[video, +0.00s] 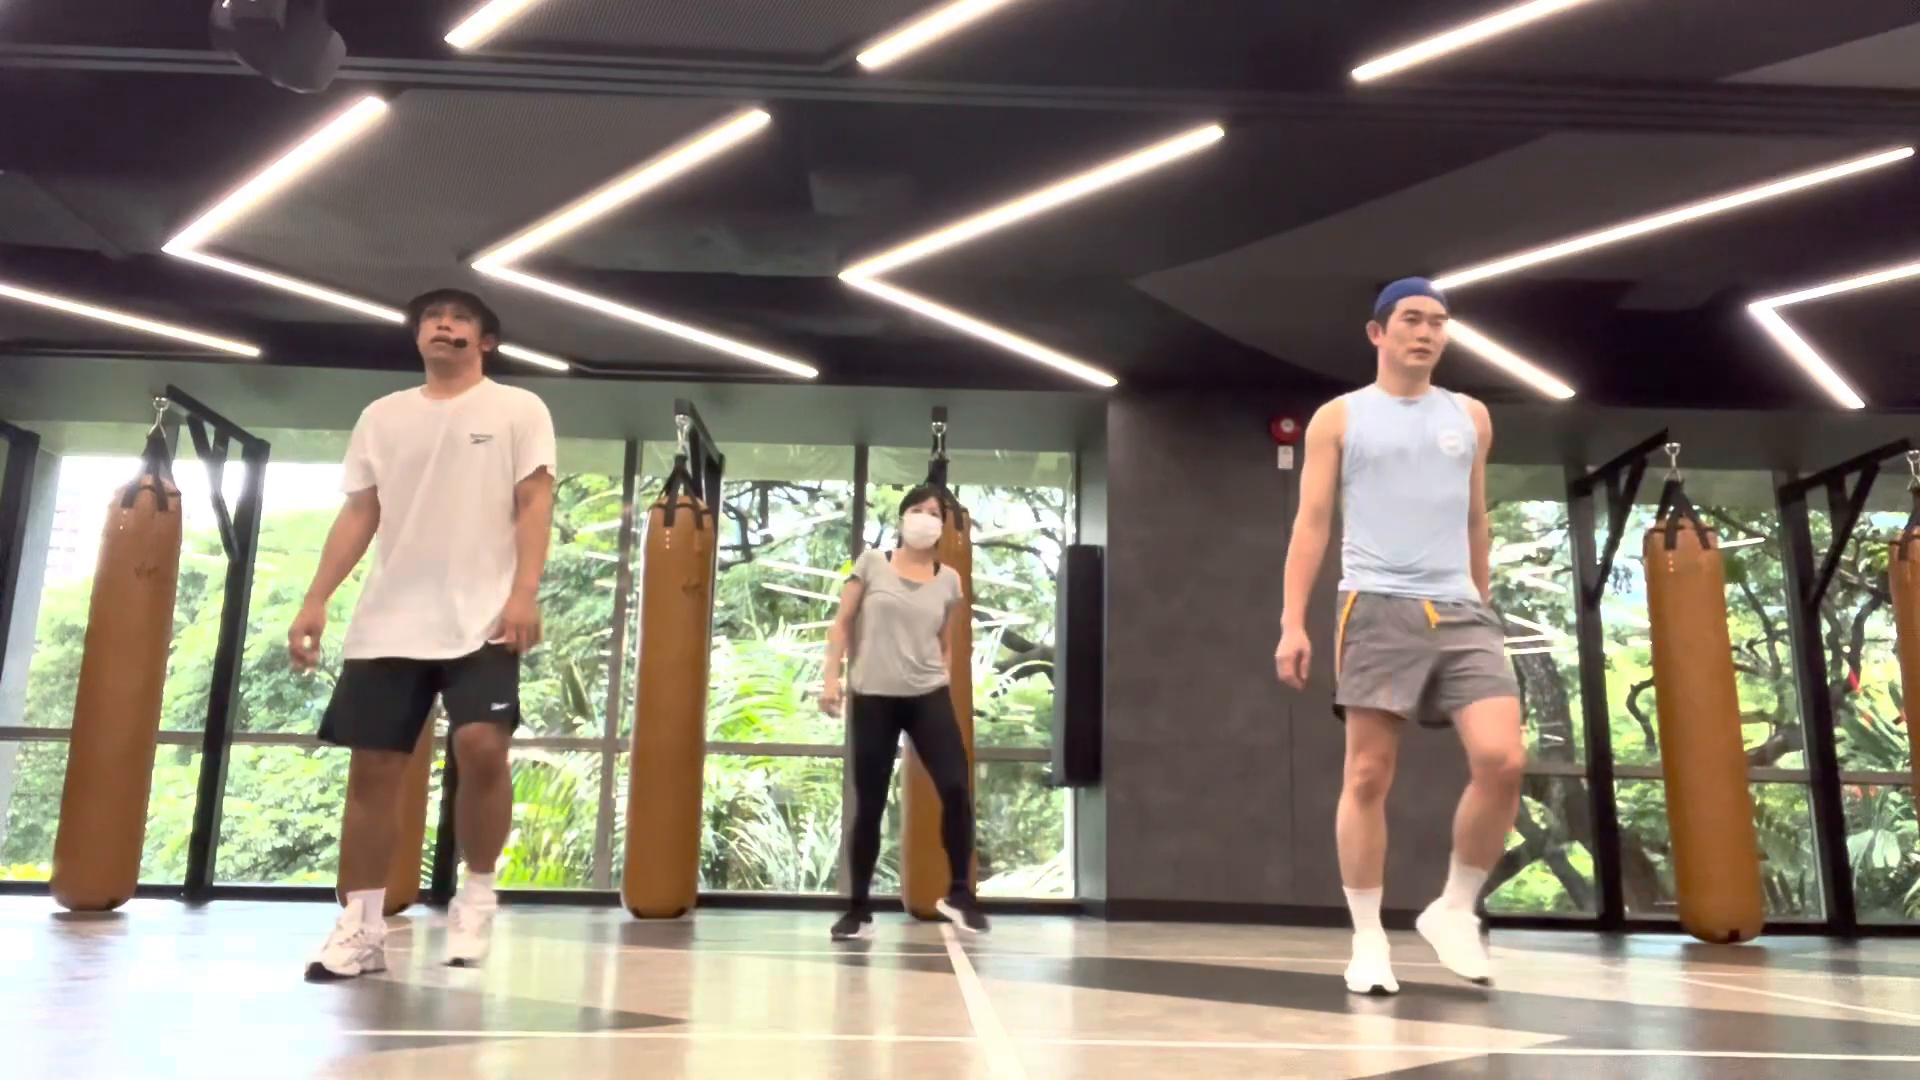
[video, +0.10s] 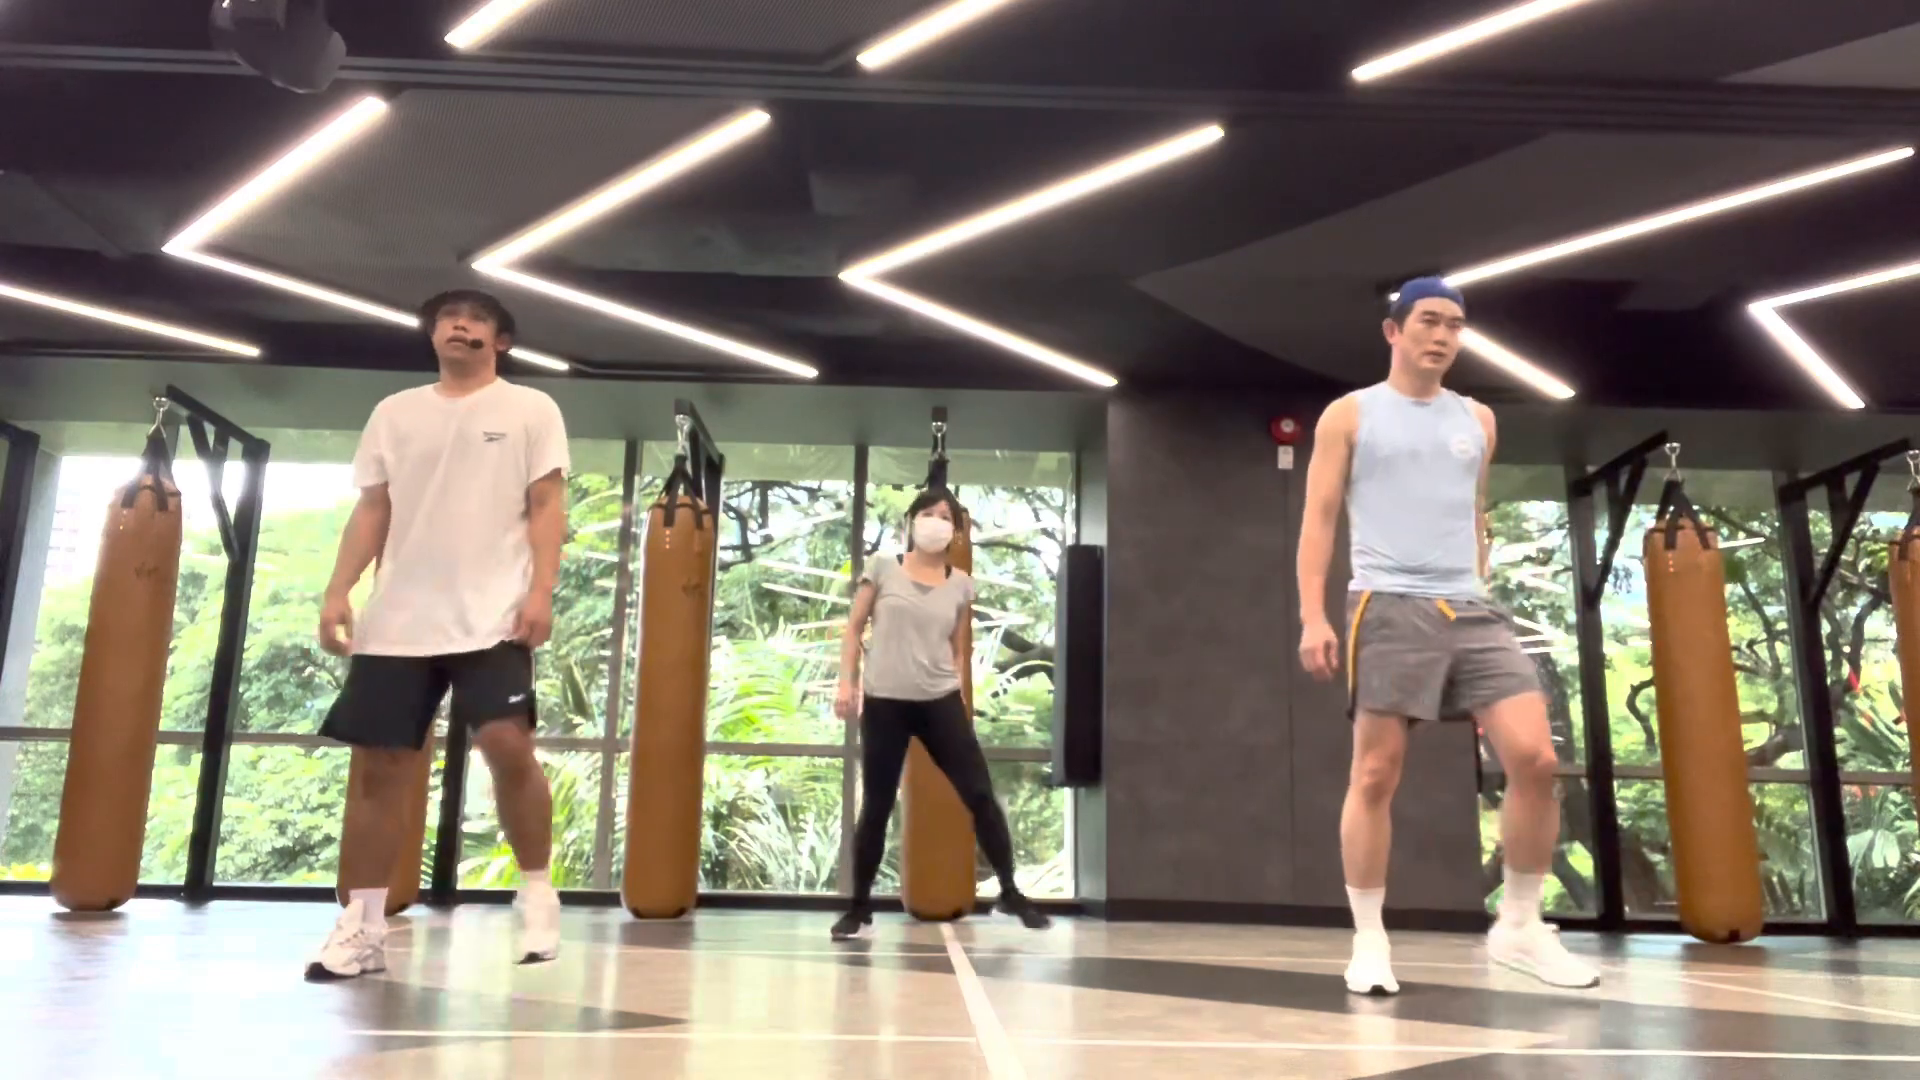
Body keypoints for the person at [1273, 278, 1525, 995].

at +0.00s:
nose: (1428, 331)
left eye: (1438, 323)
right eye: (1414, 320)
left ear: (1447, 339)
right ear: (1377, 333)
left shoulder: (1470, 417)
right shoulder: (1337, 418)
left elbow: (1478, 523)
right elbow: (1311, 524)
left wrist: (1478, 607)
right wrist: (1293, 622)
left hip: (1463, 612)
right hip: (1378, 612)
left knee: (1502, 761)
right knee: (1368, 776)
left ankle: (1454, 910)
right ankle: (1368, 942)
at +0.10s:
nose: (1442, 335)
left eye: (1453, 325)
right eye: (1429, 321)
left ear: (1461, 339)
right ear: (1394, 330)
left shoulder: (1479, 423)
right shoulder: (1349, 414)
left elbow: (1478, 522)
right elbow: (1319, 519)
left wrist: (1477, 601)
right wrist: (1313, 617)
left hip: (1472, 610)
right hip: (1389, 610)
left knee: (1537, 761)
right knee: (1374, 777)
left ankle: (1518, 929)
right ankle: (1369, 943)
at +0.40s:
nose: (1520, 344)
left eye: (1531, 332)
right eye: (1505, 331)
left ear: (1539, 343)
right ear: (1471, 339)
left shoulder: (1549, 426)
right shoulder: (1432, 416)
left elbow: (1532, 519)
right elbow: (1388, 516)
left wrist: (1540, 597)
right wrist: (1382, 606)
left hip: (1550, 617)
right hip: (1468, 616)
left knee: (1589, 776)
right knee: (1424, 776)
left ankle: (1598, 958)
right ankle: (1378, 938)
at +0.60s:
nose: (1560, 342)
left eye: (1569, 330)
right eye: (1544, 330)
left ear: (1578, 338)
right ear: (1508, 338)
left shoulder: (1591, 427)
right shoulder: (1468, 412)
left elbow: (1605, 517)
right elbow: (1426, 511)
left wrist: (1640, 580)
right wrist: (1431, 602)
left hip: (1589, 611)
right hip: (1511, 605)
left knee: (1604, 776)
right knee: (1515, 767)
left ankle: (1600, 956)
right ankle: (1459, 918)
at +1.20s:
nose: (1497, 319)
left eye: (1508, 312)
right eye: (1480, 311)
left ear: (1526, 336)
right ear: (1452, 337)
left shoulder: (1566, 412)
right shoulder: (1419, 423)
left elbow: (1614, 505)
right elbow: (1404, 526)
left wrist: (1589, 526)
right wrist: (1391, 623)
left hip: (1548, 621)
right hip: (1453, 620)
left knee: (1578, 781)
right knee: (1407, 773)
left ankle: (1599, 959)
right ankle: (1364, 938)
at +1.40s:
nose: (1444, 316)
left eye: (1454, 309)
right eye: (1427, 309)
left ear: (1468, 336)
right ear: (1397, 336)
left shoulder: (1504, 413)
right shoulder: (1361, 423)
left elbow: (1525, 510)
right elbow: (1343, 528)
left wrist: (1516, 572)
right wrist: (1333, 624)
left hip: (1485, 619)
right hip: (1393, 619)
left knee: (1545, 774)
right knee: (1374, 777)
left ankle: (1587, 944)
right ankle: (1363, 945)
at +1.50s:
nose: (1427, 315)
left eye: (1438, 309)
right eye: (1411, 306)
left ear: (1451, 337)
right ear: (1379, 333)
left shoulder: (1486, 415)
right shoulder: (1343, 421)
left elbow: (1492, 513)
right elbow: (1320, 525)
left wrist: (1484, 573)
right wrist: (1305, 620)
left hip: (1464, 612)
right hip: (1377, 613)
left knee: (1521, 772)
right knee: (1366, 774)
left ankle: (1541, 932)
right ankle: (1363, 943)